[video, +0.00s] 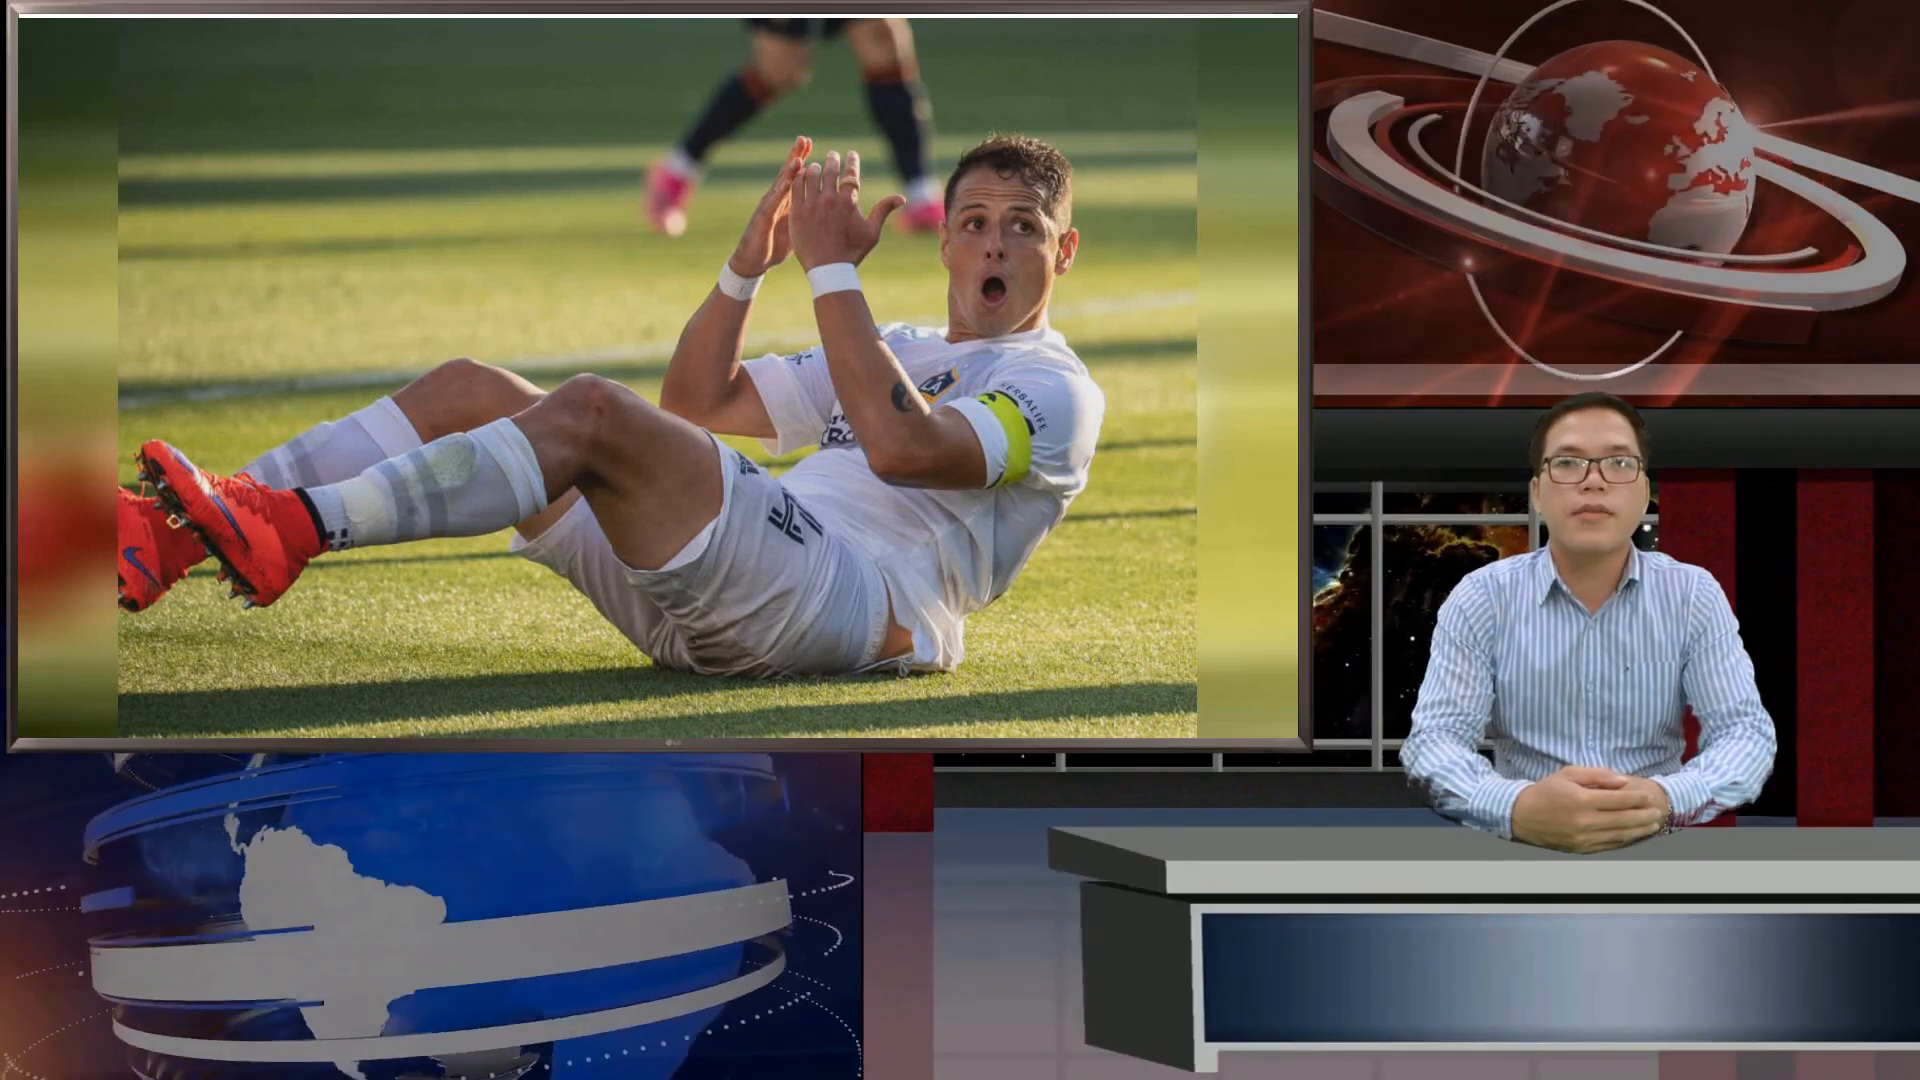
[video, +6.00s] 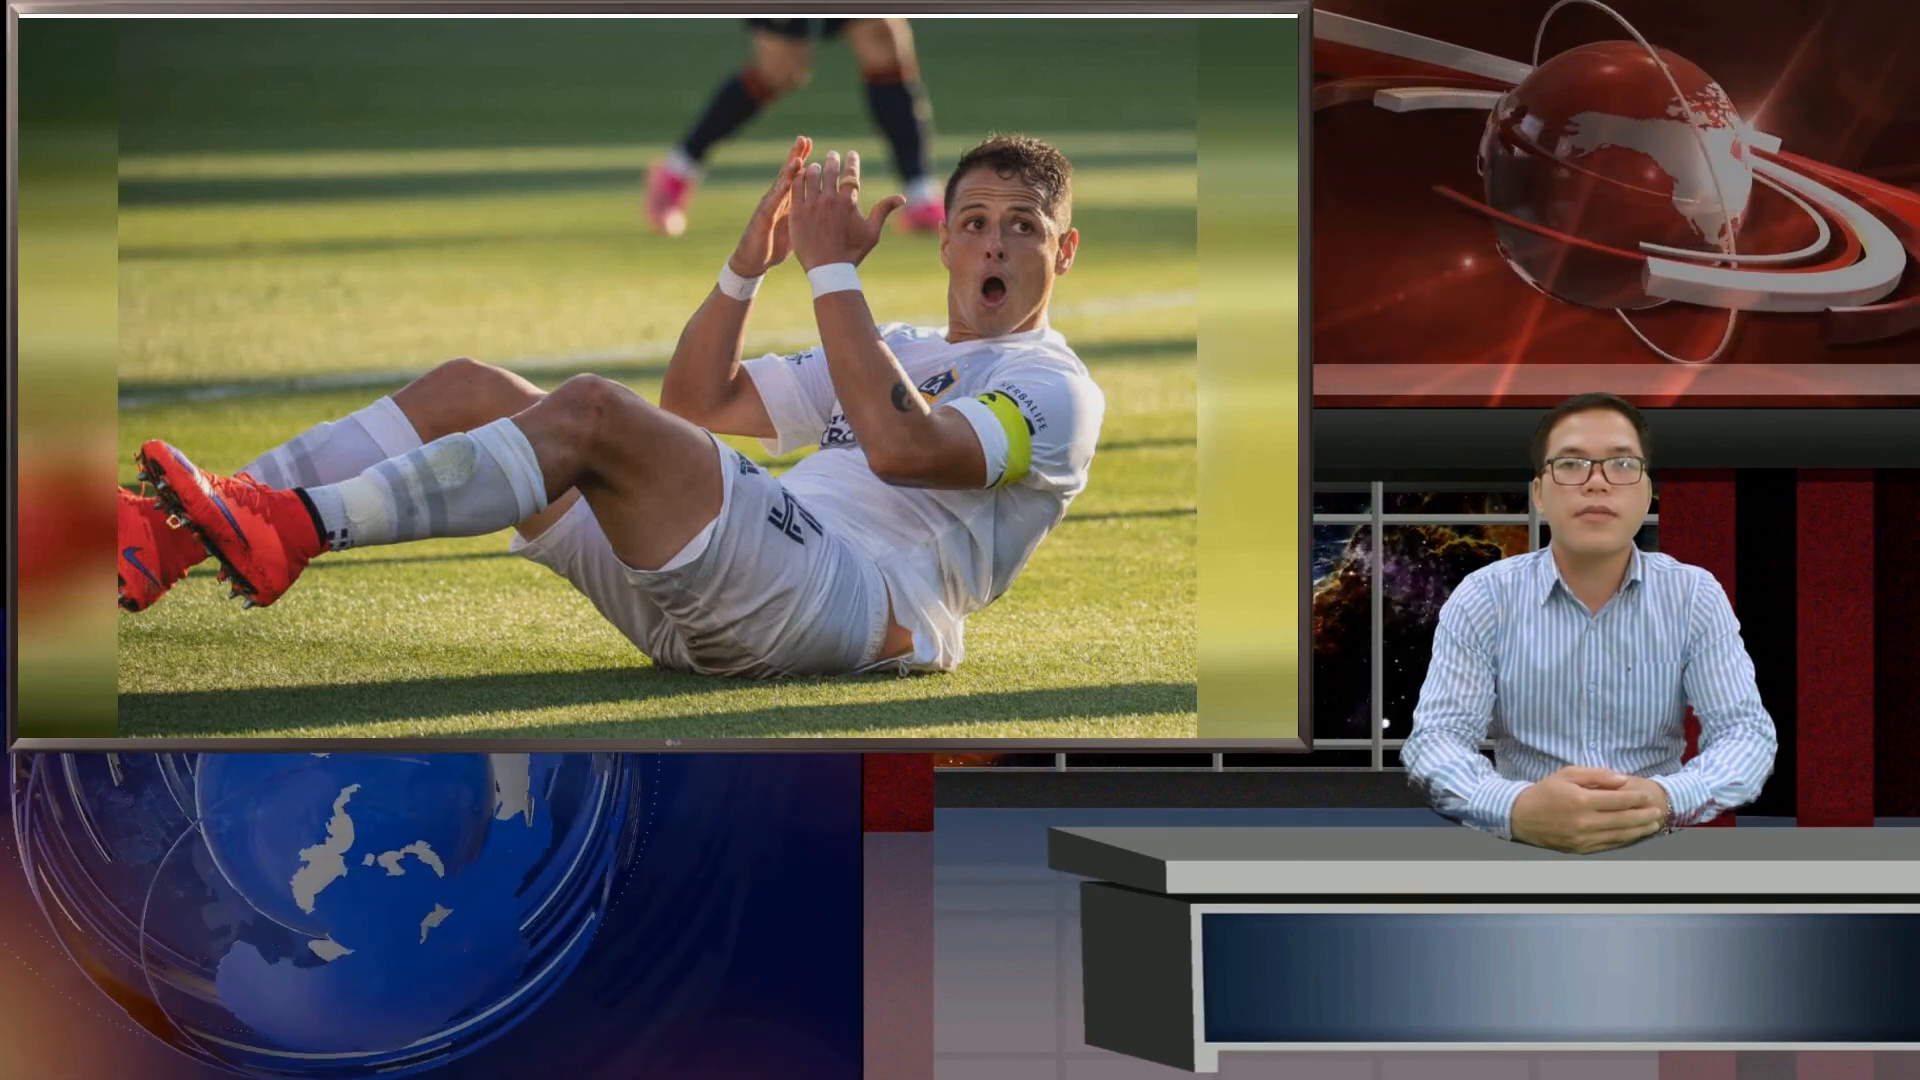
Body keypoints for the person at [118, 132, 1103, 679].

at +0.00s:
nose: (995, 246)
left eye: (1022, 230)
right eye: (976, 224)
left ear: (1065, 258)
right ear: (943, 240)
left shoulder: (1055, 389)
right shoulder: (892, 358)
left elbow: (902, 447)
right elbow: (695, 404)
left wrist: (833, 270)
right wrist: (747, 270)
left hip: (840, 603)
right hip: (732, 571)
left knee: (592, 413)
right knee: (468, 389)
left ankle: (300, 524)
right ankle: (180, 539)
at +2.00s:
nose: (995, 246)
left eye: (1022, 230)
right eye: (975, 224)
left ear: (1065, 257)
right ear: (942, 241)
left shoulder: (1055, 389)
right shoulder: (892, 358)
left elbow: (902, 447)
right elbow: (695, 405)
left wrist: (833, 270)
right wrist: (747, 270)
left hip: (841, 603)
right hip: (733, 573)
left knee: (592, 413)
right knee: (468, 389)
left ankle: (299, 525)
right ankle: (180, 538)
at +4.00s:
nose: (996, 246)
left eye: (1023, 229)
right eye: (977, 223)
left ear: (1066, 257)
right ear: (943, 241)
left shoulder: (1056, 389)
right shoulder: (892, 358)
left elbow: (901, 447)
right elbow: (695, 405)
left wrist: (833, 268)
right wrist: (747, 269)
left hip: (840, 604)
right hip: (732, 572)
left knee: (593, 413)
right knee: (467, 389)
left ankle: (300, 524)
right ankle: (175, 541)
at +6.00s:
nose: (995, 246)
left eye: (1022, 230)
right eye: (975, 224)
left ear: (1065, 257)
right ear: (942, 242)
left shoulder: (1054, 389)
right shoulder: (893, 359)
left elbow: (901, 447)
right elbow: (695, 404)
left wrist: (833, 270)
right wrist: (746, 270)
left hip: (842, 602)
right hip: (734, 572)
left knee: (592, 413)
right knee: (468, 389)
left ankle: (300, 524)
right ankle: (174, 542)